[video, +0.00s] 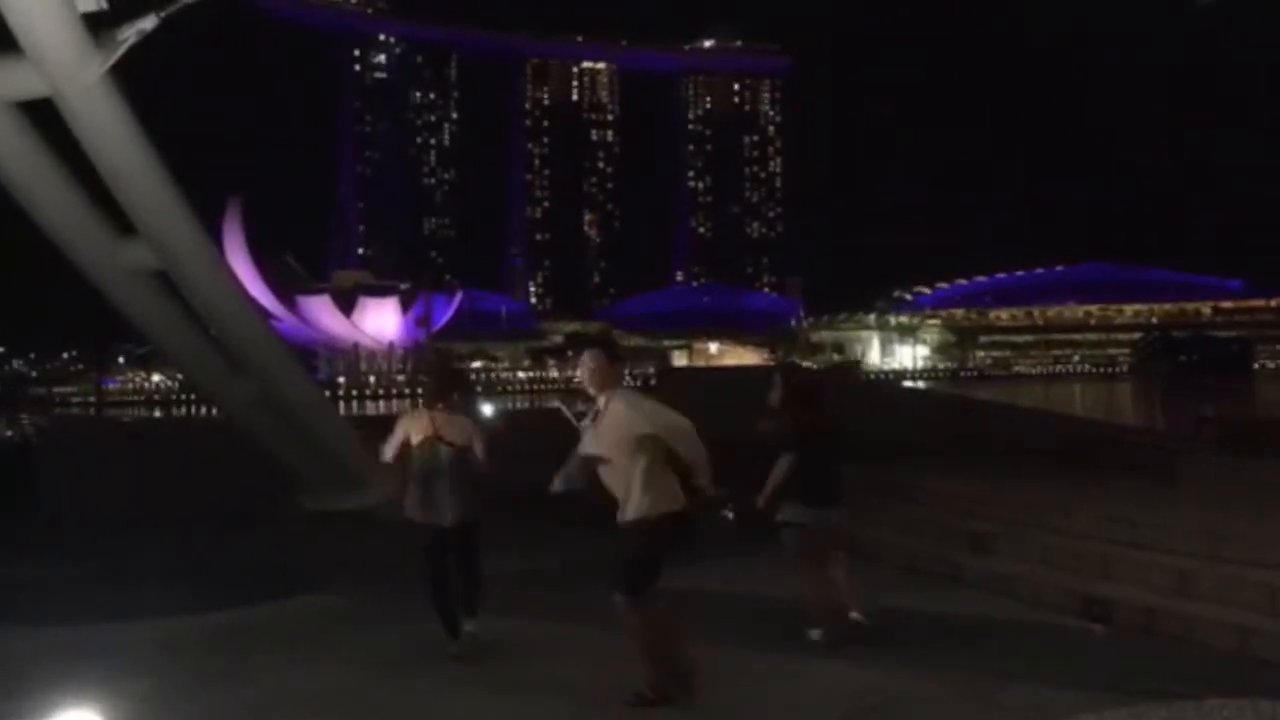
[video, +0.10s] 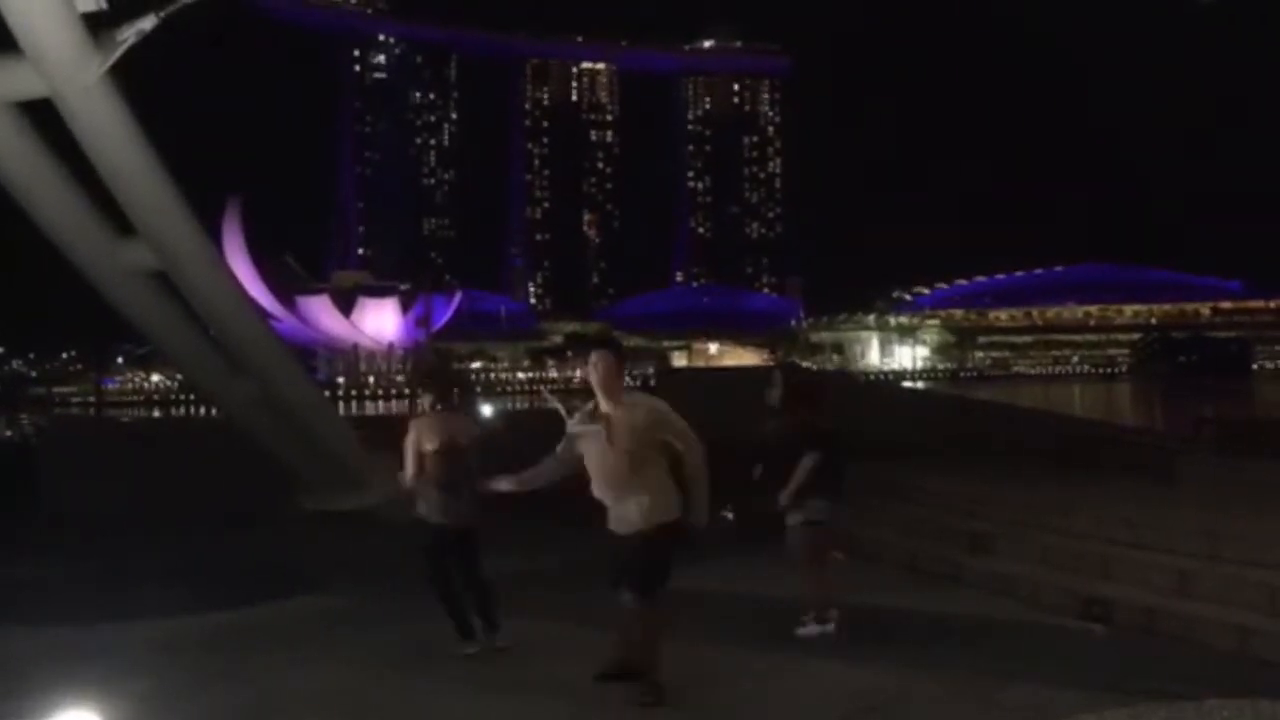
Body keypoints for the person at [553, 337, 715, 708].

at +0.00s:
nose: (585, 374)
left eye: (593, 366)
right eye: (582, 368)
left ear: (614, 368)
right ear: (581, 374)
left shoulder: (629, 404)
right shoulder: (599, 416)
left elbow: (682, 429)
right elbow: (584, 456)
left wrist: (703, 480)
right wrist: (561, 482)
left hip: (659, 511)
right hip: (635, 513)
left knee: (631, 595)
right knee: (636, 595)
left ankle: (661, 682)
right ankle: (671, 674)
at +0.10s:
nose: (598, 372)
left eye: (605, 364)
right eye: (593, 365)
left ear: (620, 370)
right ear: (587, 372)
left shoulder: (648, 409)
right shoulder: (584, 423)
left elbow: (692, 449)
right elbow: (558, 463)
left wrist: (699, 507)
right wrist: (517, 482)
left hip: (658, 515)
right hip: (618, 519)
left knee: (642, 596)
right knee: (627, 595)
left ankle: (647, 673)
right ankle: (629, 662)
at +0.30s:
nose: (629, 396)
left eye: (636, 389)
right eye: (623, 388)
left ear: (649, 395)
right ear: (613, 393)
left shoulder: (662, 443)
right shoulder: (594, 437)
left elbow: (657, 506)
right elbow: (558, 481)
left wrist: (644, 556)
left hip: (646, 541)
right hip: (602, 543)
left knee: (652, 606)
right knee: (602, 607)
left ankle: (643, 675)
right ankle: (606, 661)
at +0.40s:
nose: (628, 400)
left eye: (636, 393)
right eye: (623, 393)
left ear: (648, 397)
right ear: (613, 396)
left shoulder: (662, 442)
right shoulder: (596, 436)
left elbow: (651, 503)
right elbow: (570, 480)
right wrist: (584, 531)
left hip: (651, 529)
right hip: (606, 530)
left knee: (661, 598)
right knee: (597, 595)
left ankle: (645, 673)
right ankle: (602, 658)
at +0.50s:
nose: (615, 403)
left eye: (623, 396)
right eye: (611, 395)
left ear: (642, 398)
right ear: (606, 396)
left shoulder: (657, 441)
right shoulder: (599, 425)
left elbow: (636, 493)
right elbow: (585, 475)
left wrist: (583, 475)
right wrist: (571, 523)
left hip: (648, 529)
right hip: (604, 526)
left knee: (656, 601)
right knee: (585, 587)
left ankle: (647, 678)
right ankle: (599, 683)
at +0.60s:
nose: (612, 409)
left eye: (620, 402)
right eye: (609, 401)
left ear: (639, 401)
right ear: (604, 401)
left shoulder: (657, 439)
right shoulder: (599, 430)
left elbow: (646, 478)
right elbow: (575, 480)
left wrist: (611, 449)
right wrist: (575, 514)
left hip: (639, 544)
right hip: (596, 541)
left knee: (637, 620)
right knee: (583, 611)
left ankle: (666, 672)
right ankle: (593, 696)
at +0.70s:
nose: (606, 415)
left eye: (613, 406)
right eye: (602, 406)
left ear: (633, 404)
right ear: (599, 405)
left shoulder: (653, 438)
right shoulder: (597, 438)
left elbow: (652, 466)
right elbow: (580, 485)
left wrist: (607, 453)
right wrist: (563, 527)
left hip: (643, 543)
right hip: (600, 539)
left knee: (636, 617)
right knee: (580, 600)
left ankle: (667, 672)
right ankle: (594, 694)